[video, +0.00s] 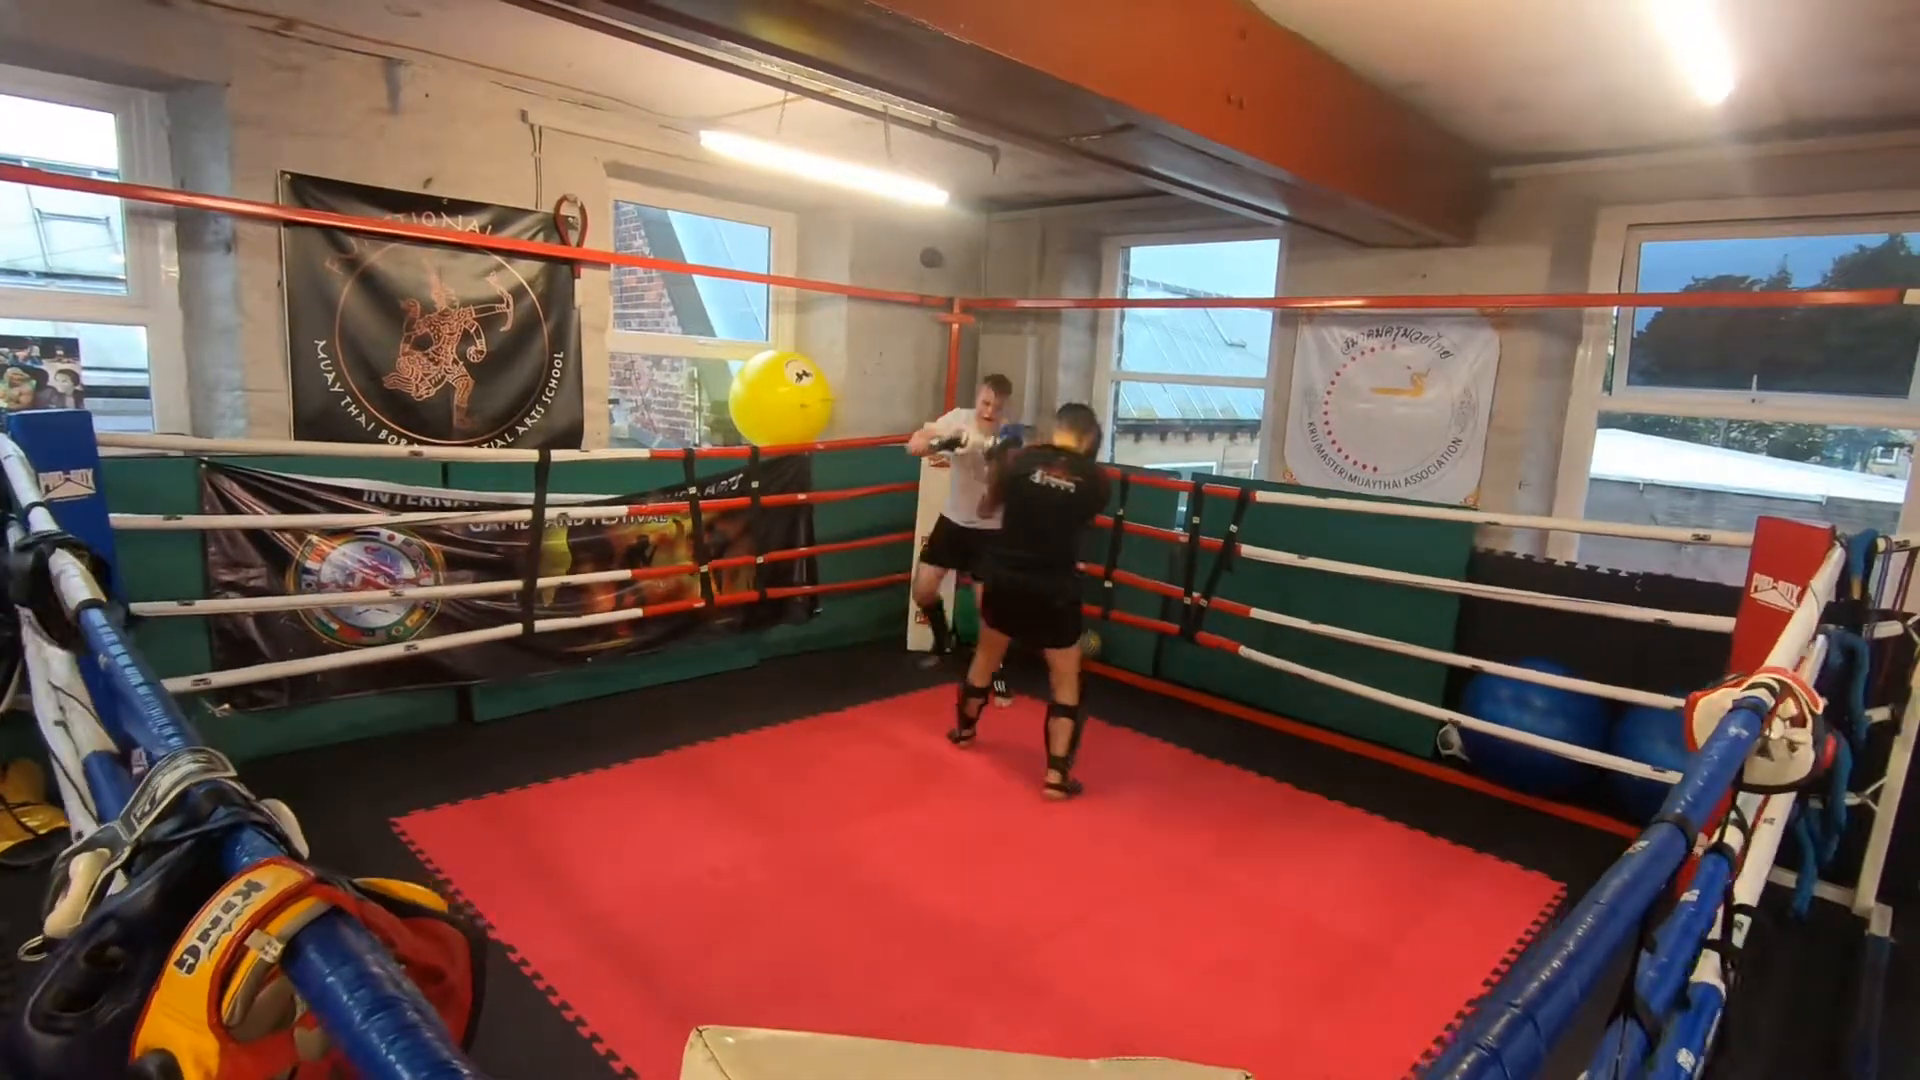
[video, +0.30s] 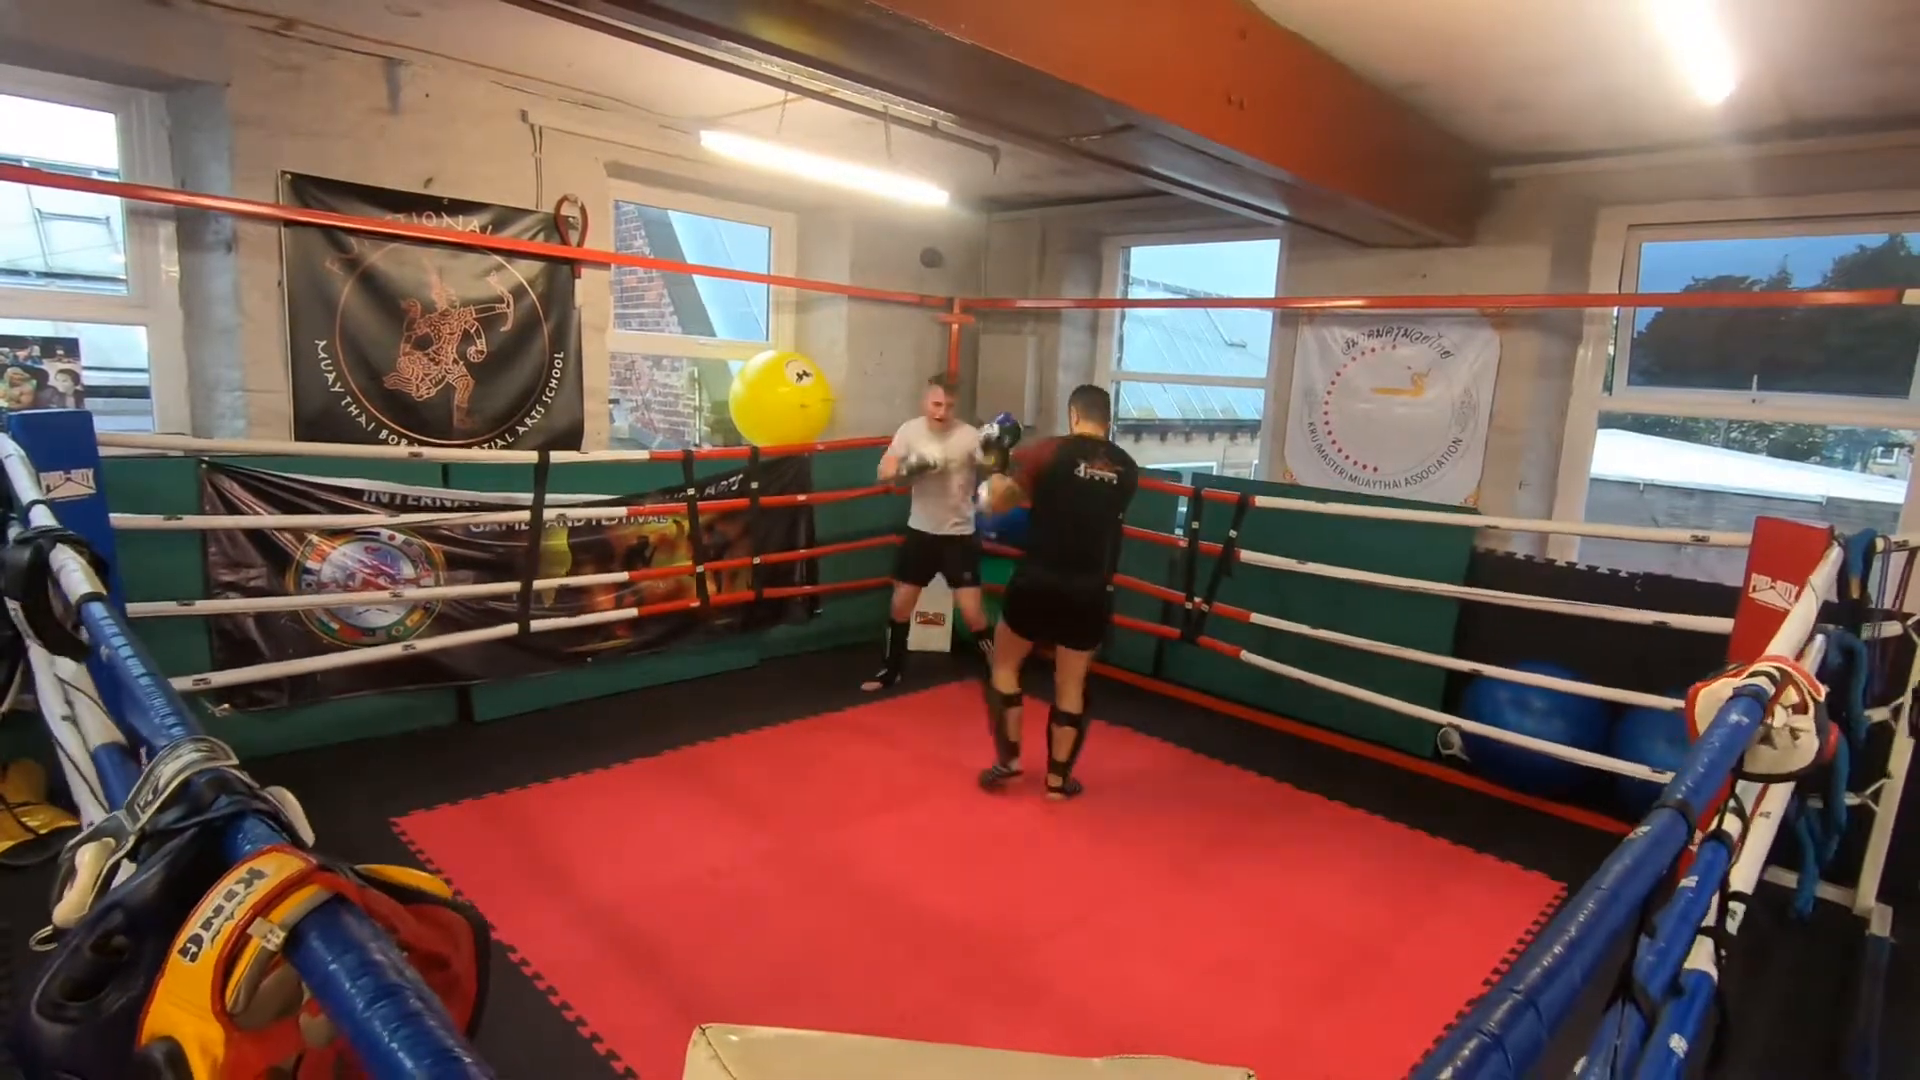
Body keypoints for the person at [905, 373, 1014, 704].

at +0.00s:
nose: (989, 411)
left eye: (996, 406)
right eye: (985, 404)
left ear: (1005, 407)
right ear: (976, 399)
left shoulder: (1012, 434)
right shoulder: (958, 419)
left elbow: (1020, 474)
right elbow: (915, 445)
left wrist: (997, 453)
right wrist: (945, 442)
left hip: (992, 527)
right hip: (953, 521)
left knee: (989, 604)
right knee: (923, 589)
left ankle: (996, 673)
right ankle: (943, 641)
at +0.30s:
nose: (941, 413)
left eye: (948, 406)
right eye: (935, 405)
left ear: (957, 406)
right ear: (924, 403)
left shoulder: (970, 436)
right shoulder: (910, 431)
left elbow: (992, 475)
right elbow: (885, 474)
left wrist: (996, 454)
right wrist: (912, 469)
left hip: (960, 535)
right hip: (920, 532)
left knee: (972, 613)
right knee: (900, 603)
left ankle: (997, 672)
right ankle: (891, 670)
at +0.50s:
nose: (932, 409)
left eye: (938, 402)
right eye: (926, 401)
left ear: (947, 402)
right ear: (914, 400)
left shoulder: (961, 434)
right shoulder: (892, 430)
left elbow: (970, 477)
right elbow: (876, 477)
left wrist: (971, 511)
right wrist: (902, 479)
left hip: (947, 533)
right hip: (908, 533)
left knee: (956, 607)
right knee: (901, 605)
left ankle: (964, 689)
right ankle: (890, 670)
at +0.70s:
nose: (946, 426)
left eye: (951, 420)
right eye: (940, 419)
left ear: (957, 418)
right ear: (924, 415)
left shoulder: (963, 444)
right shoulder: (898, 441)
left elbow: (973, 490)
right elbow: (871, 487)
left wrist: (970, 525)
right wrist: (901, 490)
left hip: (939, 547)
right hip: (897, 545)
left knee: (943, 620)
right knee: (889, 613)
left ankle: (957, 714)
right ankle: (887, 669)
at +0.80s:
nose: (951, 424)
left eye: (957, 418)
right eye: (946, 415)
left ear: (962, 419)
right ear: (929, 410)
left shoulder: (964, 447)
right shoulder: (898, 435)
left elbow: (974, 496)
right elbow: (869, 480)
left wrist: (972, 512)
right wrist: (894, 488)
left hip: (935, 545)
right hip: (891, 541)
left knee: (940, 626)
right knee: (868, 621)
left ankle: (956, 717)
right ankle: (874, 662)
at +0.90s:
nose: (947, 421)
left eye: (952, 415)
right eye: (942, 413)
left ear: (957, 416)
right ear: (925, 407)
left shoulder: (959, 443)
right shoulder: (890, 433)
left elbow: (960, 503)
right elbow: (860, 474)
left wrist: (941, 492)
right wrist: (885, 486)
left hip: (928, 544)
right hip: (885, 540)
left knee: (938, 627)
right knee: (855, 618)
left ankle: (955, 716)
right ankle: (845, 673)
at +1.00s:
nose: (930, 424)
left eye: (936, 418)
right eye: (925, 415)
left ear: (941, 418)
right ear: (909, 408)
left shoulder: (945, 455)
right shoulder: (876, 438)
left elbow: (948, 506)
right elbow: (842, 480)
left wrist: (932, 510)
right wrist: (867, 490)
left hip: (921, 550)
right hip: (876, 546)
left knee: (937, 632)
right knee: (841, 621)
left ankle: (955, 718)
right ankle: (813, 695)